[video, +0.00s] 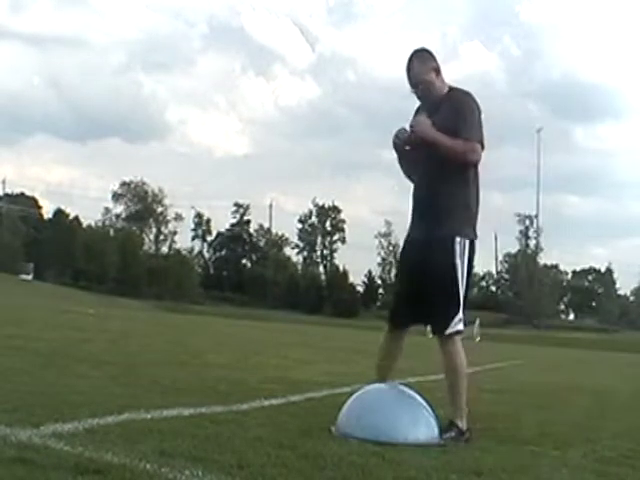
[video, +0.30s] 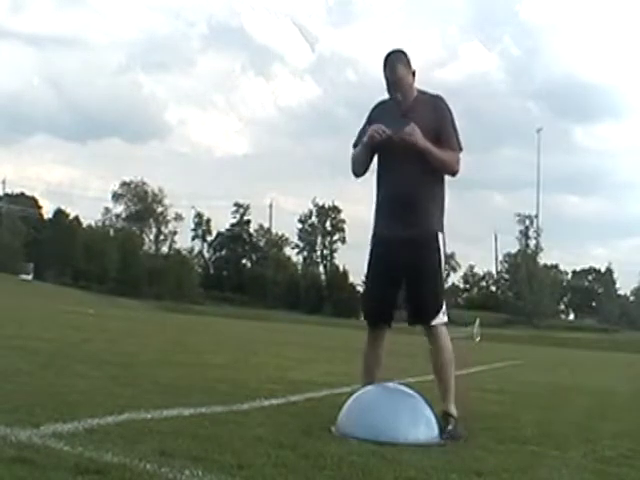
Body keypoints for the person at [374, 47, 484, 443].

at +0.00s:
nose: (418, 90)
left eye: (421, 81)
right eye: (413, 85)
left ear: (436, 73)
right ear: (412, 84)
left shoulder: (462, 101)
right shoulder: (421, 115)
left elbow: (473, 153)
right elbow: (418, 174)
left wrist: (429, 134)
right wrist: (403, 150)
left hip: (454, 230)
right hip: (421, 229)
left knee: (448, 330)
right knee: (397, 324)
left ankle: (460, 423)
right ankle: (375, 403)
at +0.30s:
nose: (395, 91)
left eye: (400, 83)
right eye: (390, 85)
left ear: (413, 76)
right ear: (384, 83)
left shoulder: (436, 106)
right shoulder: (379, 112)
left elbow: (454, 164)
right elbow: (358, 168)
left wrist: (422, 144)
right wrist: (368, 144)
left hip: (424, 232)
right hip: (386, 232)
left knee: (434, 325)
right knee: (376, 326)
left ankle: (449, 412)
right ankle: (366, 407)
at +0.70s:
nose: (401, 90)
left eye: (405, 82)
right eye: (395, 84)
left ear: (418, 77)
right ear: (388, 83)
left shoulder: (440, 109)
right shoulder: (382, 115)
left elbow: (457, 167)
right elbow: (365, 175)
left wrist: (425, 144)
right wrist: (375, 142)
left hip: (425, 237)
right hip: (384, 235)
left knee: (432, 329)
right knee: (373, 326)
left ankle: (444, 418)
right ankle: (366, 409)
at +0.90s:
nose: (404, 85)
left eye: (409, 78)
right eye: (399, 79)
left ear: (423, 74)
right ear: (394, 79)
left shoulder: (445, 107)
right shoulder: (387, 114)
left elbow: (460, 161)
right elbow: (369, 168)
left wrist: (425, 128)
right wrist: (386, 130)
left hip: (430, 237)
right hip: (388, 234)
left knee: (436, 332)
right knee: (364, 321)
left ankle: (445, 419)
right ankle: (354, 403)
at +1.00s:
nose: (402, 88)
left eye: (407, 81)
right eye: (397, 83)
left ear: (422, 76)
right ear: (392, 81)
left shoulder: (442, 109)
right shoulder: (384, 112)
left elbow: (455, 160)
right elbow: (365, 166)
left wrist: (422, 121)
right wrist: (379, 123)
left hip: (428, 237)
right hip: (386, 235)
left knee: (435, 332)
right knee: (365, 324)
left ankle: (444, 418)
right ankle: (347, 403)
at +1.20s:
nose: (394, 85)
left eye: (399, 78)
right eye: (388, 79)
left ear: (411, 75)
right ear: (382, 79)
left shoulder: (431, 110)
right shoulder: (374, 113)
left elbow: (447, 166)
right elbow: (354, 168)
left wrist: (414, 135)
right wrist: (371, 129)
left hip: (420, 236)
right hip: (378, 235)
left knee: (433, 328)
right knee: (363, 326)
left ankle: (444, 417)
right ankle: (345, 405)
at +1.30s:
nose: (392, 85)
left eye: (397, 78)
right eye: (387, 79)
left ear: (409, 76)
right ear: (379, 80)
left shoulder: (430, 109)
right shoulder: (369, 115)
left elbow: (447, 164)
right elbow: (352, 168)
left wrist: (412, 132)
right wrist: (366, 130)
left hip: (420, 235)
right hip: (378, 235)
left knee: (437, 326)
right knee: (363, 326)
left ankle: (444, 416)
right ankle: (346, 405)